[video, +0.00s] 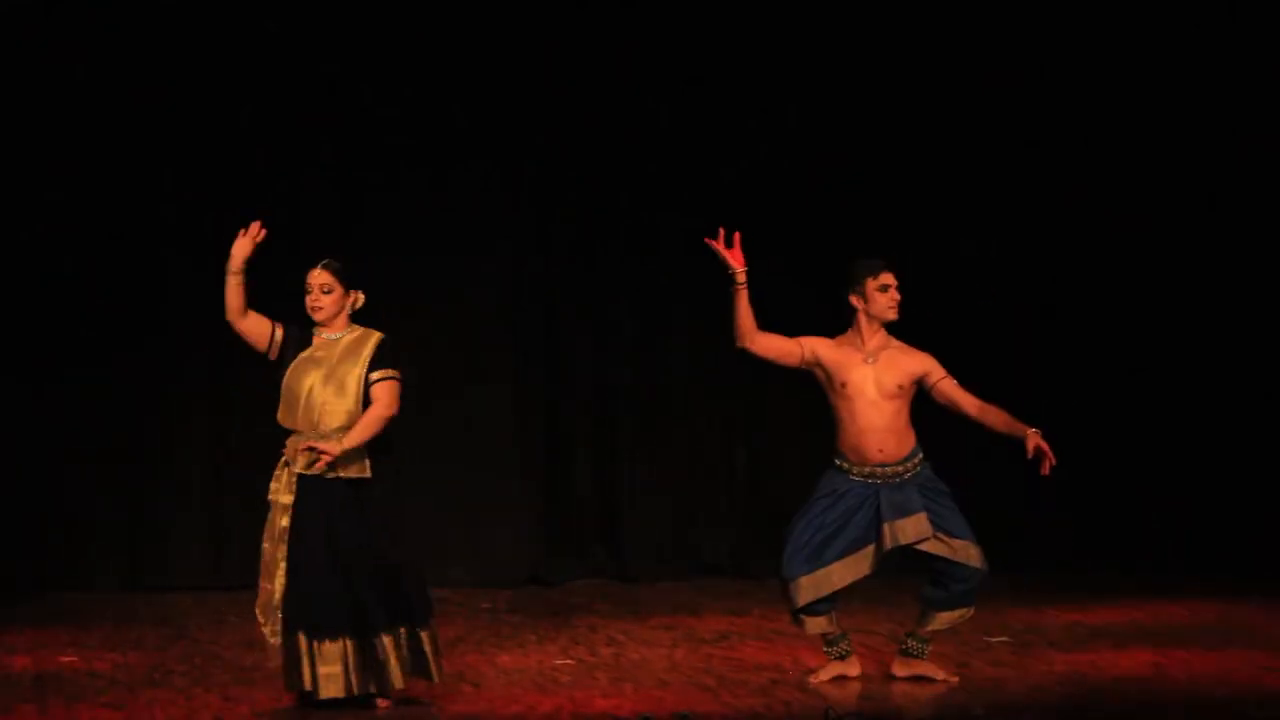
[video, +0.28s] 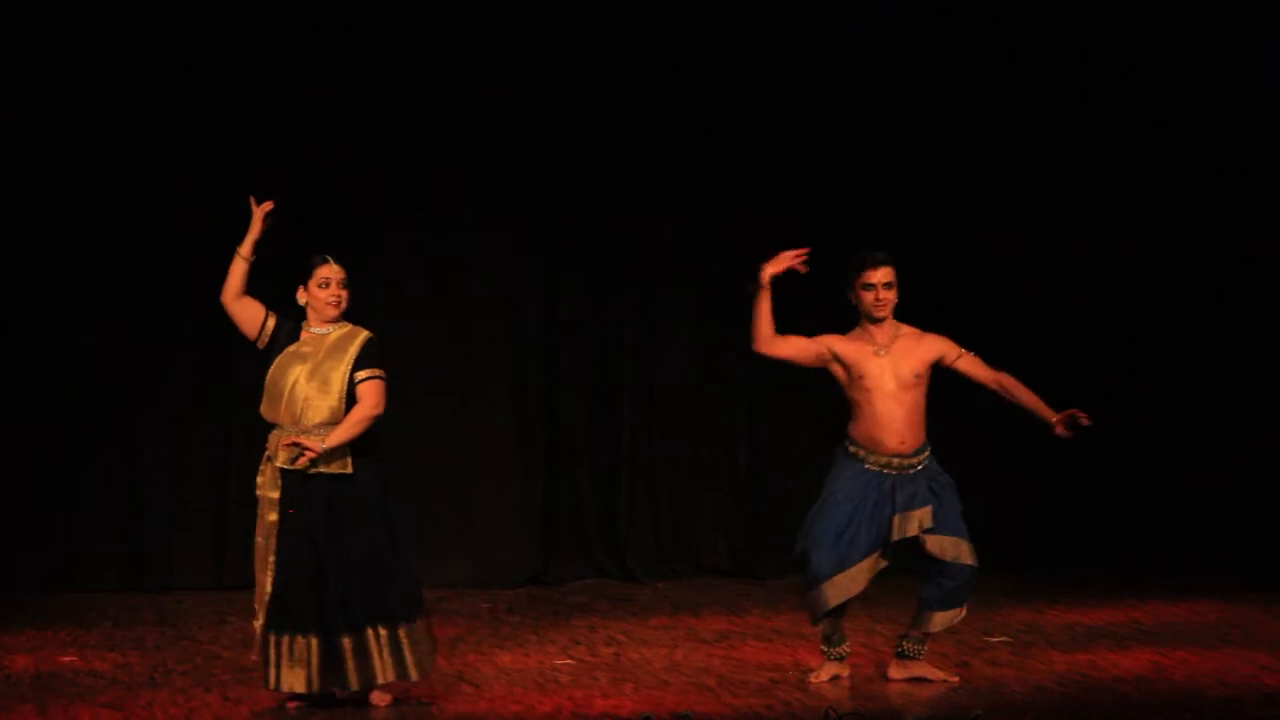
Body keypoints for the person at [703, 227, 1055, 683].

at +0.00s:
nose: (896, 296)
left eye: (896, 289)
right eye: (885, 290)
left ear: (894, 299)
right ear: (857, 300)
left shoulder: (915, 361)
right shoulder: (823, 352)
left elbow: (974, 407)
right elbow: (749, 339)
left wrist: (1024, 432)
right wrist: (739, 279)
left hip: (912, 479)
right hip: (849, 481)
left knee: (964, 564)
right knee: (800, 564)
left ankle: (913, 656)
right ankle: (841, 658)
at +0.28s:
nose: (880, 296)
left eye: (888, 287)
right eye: (870, 288)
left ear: (897, 292)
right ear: (854, 296)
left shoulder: (927, 345)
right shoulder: (839, 348)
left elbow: (997, 379)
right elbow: (765, 344)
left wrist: (1050, 417)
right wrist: (765, 283)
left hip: (921, 471)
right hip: (861, 471)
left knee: (955, 564)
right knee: (826, 557)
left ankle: (909, 657)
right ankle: (835, 656)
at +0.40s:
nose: (889, 291)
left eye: (896, 282)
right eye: (878, 284)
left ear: (906, 287)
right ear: (864, 291)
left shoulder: (933, 334)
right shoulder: (861, 341)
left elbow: (975, 373)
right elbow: (830, 346)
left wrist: (1019, 415)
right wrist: (806, 298)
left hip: (927, 462)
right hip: (878, 461)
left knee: (948, 558)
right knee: (867, 564)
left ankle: (908, 658)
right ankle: (828, 645)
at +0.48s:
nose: (897, 285)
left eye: (905, 277)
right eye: (887, 277)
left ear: (914, 282)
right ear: (873, 284)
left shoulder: (923, 326)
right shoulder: (873, 331)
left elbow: (914, 397)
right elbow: (884, 351)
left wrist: (951, 416)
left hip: (925, 453)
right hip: (884, 450)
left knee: (950, 547)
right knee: (895, 559)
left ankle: (908, 657)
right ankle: (829, 622)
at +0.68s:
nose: (954, 260)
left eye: (952, 251)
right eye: (949, 252)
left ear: (910, 256)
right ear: (934, 257)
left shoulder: (869, 300)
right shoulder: (958, 308)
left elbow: (803, 350)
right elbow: (982, 347)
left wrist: (791, 385)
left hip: (871, 416)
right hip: (923, 424)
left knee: (880, 531)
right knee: (951, 530)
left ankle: (895, 649)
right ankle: (942, 650)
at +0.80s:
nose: (895, 255)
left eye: (900, 248)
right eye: (897, 247)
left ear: (918, 253)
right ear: (929, 254)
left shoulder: (909, 301)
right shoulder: (939, 299)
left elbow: (857, 348)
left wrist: (816, 370)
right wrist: (848, 344)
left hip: (912, 429)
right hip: (939, 423)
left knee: (871, 520)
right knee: (934, 528)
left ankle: (887, 652)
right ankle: (966, 643)